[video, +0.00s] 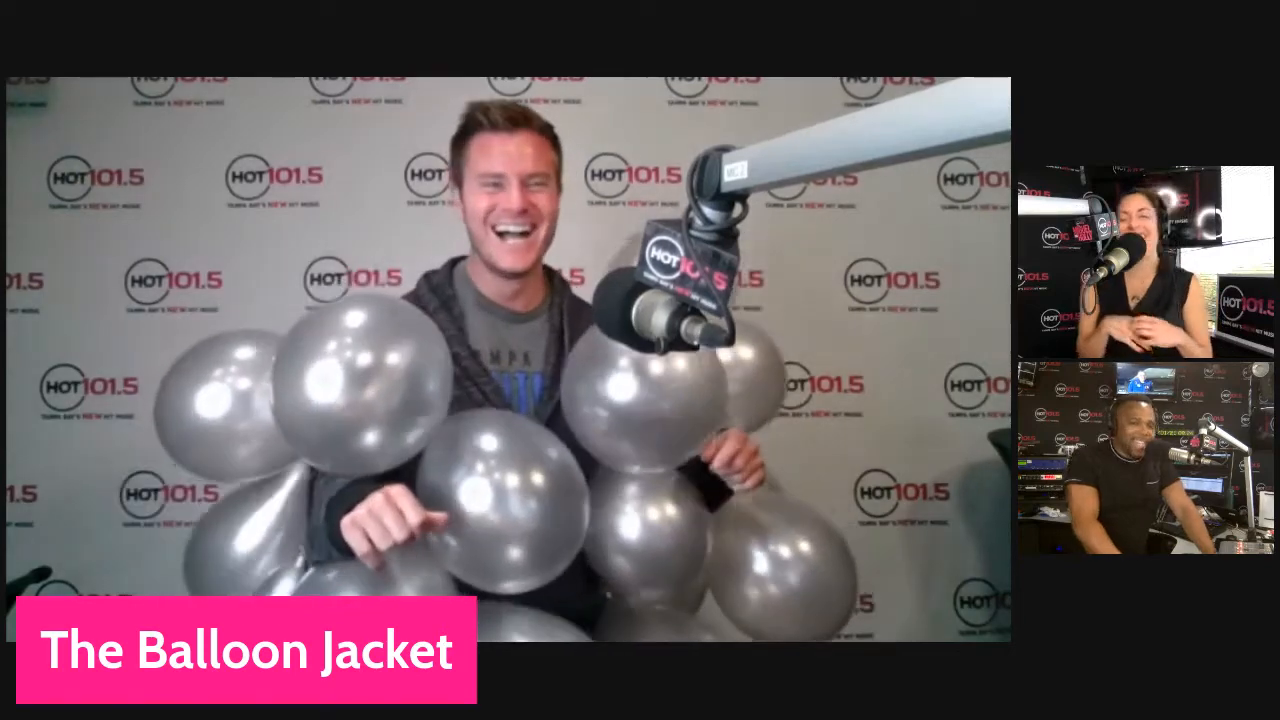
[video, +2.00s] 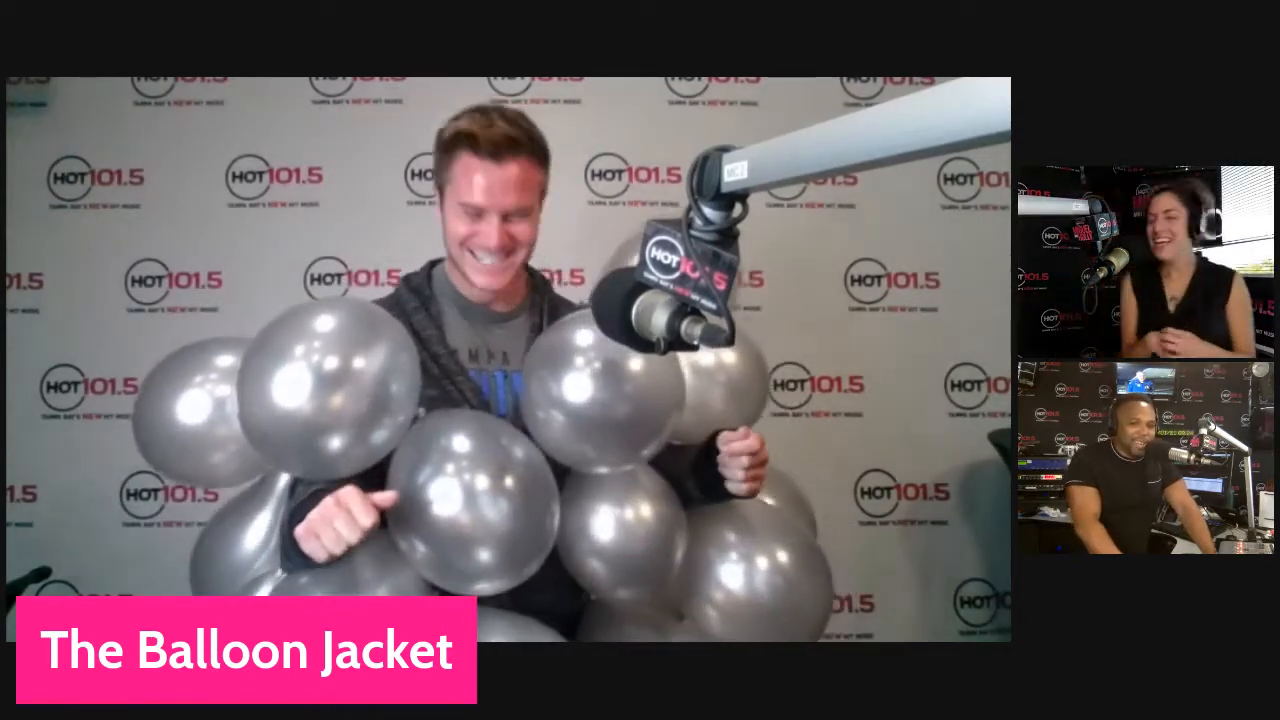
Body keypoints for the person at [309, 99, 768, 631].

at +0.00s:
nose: (516, 205)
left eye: (535, 184)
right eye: (493, 184)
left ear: (558, 198)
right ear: (458, 197)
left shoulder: (603, 335)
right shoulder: (402, 335)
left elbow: (651, 489)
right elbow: (335, 479)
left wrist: (714, 469)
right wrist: (361, 506)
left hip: (574, 612)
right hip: (435, 613)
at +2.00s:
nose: (494, 237)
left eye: (515, 215)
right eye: (473, 213)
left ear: (540, 214)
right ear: (440, 207)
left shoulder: (583, 334)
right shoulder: (379, 337)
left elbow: (637, 463)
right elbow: (317, 467)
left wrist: (714, 466)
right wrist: (319, 514)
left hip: (568, 608)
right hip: (423, 608)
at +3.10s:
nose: (539, 195)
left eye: (561, 177)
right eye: (519, 176)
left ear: (591, 196)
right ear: (491, 191)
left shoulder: (643, 321)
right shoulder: (430, 331)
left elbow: (692, 456)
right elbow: (380, 443)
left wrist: (767, 481)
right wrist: (349, 495)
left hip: (624, 616)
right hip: (473, 614)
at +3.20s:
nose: (548, 195)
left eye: (570, 178)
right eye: (528, 177)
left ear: (600, 197)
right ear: (501, 192)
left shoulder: (652, 319)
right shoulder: (438, 333)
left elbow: (697, 458)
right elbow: (387, 444)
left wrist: (772, 487)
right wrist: (353, 495)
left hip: (635, 618)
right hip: (488, 615)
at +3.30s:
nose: (552, 198)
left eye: (575, 180)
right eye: (533, 179)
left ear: (605, 199)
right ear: (506, 193)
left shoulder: (656, 319)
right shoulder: (443, 333)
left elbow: (699, 458)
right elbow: (393, 445)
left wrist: (775, 493)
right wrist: (360, 496)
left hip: (638, 618)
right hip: (494, 615)